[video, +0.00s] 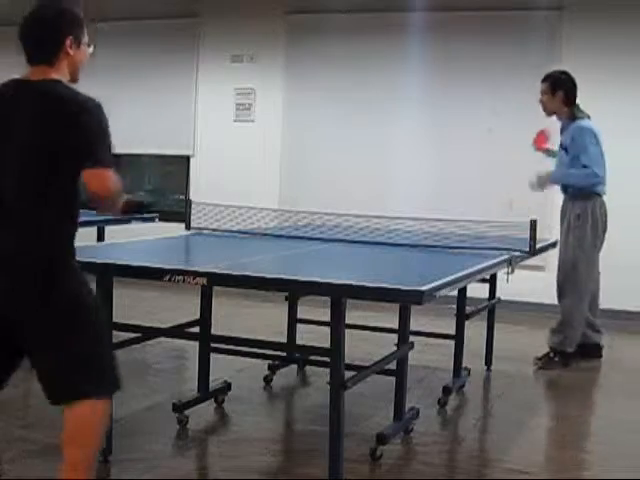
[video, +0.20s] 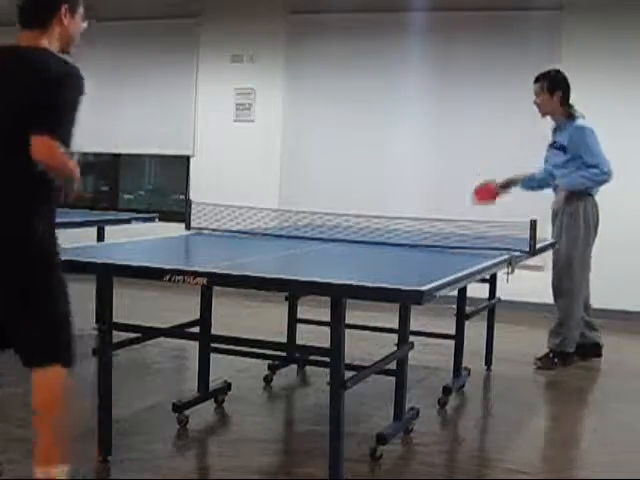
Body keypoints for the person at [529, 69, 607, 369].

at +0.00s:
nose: (541, 101)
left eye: (544, 95)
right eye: (541, 95)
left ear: (562, 97)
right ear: (560, 97)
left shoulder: (582, 131)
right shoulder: (569, 129)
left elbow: (594, 176)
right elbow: (574, 163)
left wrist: (553, 177)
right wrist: (550, 152)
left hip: (586, 208)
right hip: (576, 206)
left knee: (574, 275)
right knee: (582, 274)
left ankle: (564, 347)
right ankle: (588, 340)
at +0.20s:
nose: (536, 102)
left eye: (539, 95)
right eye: (535, 96)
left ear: (557, 96)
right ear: (554, 97)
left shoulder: (580, 131)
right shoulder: (558, 134)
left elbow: (603, 171)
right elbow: (550, 176)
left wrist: (566, 185)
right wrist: (516, 182)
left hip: (579, 207)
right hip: (564, 206)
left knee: (568, 274)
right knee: (570, 273)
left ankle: (563, 346)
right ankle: (587, 339)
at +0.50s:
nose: (534, 95)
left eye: (541, 90)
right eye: (533, 89)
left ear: (558, 93)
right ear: (532, 92)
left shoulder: (576, 131)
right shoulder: (532, 131)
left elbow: (597, 171)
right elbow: (523, 171)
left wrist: (566, 187)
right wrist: (504, 185)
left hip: (563, 207)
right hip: (539, 206)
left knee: (564, 274)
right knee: (544, 275)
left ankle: (564, 346)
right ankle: (556, 339)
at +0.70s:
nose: (523, 97)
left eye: (530, 91)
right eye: (521, 91)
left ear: (545, 95)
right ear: (519, 94)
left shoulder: (563, 132)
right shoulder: (517, 133)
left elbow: (583, 171)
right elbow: (508, 173)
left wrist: (559, 190)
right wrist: (491, 189)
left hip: (548, 207)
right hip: (523, 205)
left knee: (547, 278)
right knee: (515, 273)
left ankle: (560, 348)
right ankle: (512, 332)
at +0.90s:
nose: (504, 100)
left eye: (510, 94)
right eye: (501, 94)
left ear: (524, 98)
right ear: (498, 99)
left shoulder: (542, 134)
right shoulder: (496, 138)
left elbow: (559, 174)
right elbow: (489, 179)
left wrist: (530, 174)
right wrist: (472, 200)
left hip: (530, 214)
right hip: (502, 212)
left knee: (534, 281)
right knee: (486, 279)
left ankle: (557, 345)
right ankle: (481, 337)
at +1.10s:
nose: (490, 99)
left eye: (495, 94)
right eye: (486, 94)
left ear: (509, 96)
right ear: (483, 98)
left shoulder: (528, 129)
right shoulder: (484, 133)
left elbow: (531, 171)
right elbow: (480, 176)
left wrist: (503, 143)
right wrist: (467, 202)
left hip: (519, 201)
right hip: (492, 201)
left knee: (521, 271)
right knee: (482, 270)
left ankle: (535, 338)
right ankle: (481, 333)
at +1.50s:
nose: (476, 106)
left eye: (480, 99)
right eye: (473, 101)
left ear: (497, 96)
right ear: (474, 103)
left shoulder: (523, 128)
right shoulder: (481, 133)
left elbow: (518, 167)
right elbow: (484, 178)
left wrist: (495, 134)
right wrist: (474, 210)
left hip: (513, 198)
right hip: (487, 199)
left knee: (513, 269)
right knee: (480, 268)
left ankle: (518, 336)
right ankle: (480, 332)